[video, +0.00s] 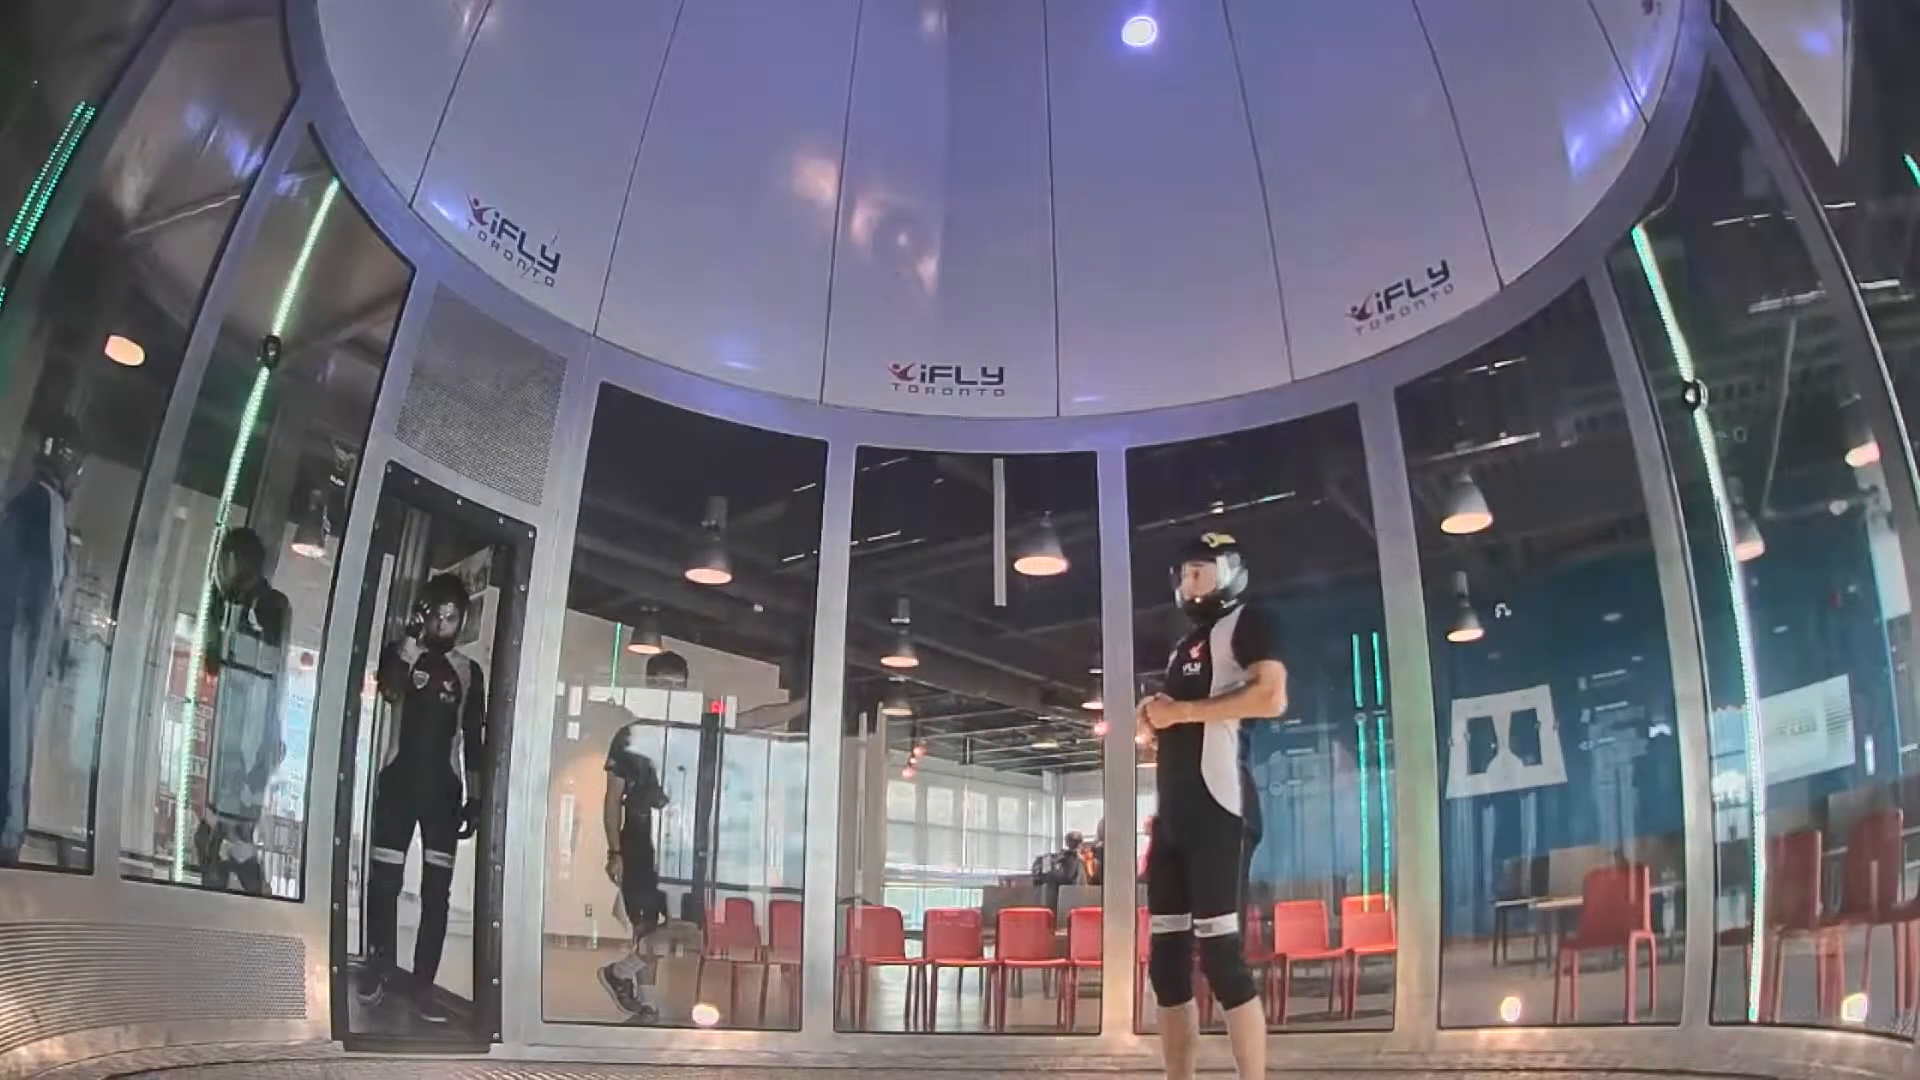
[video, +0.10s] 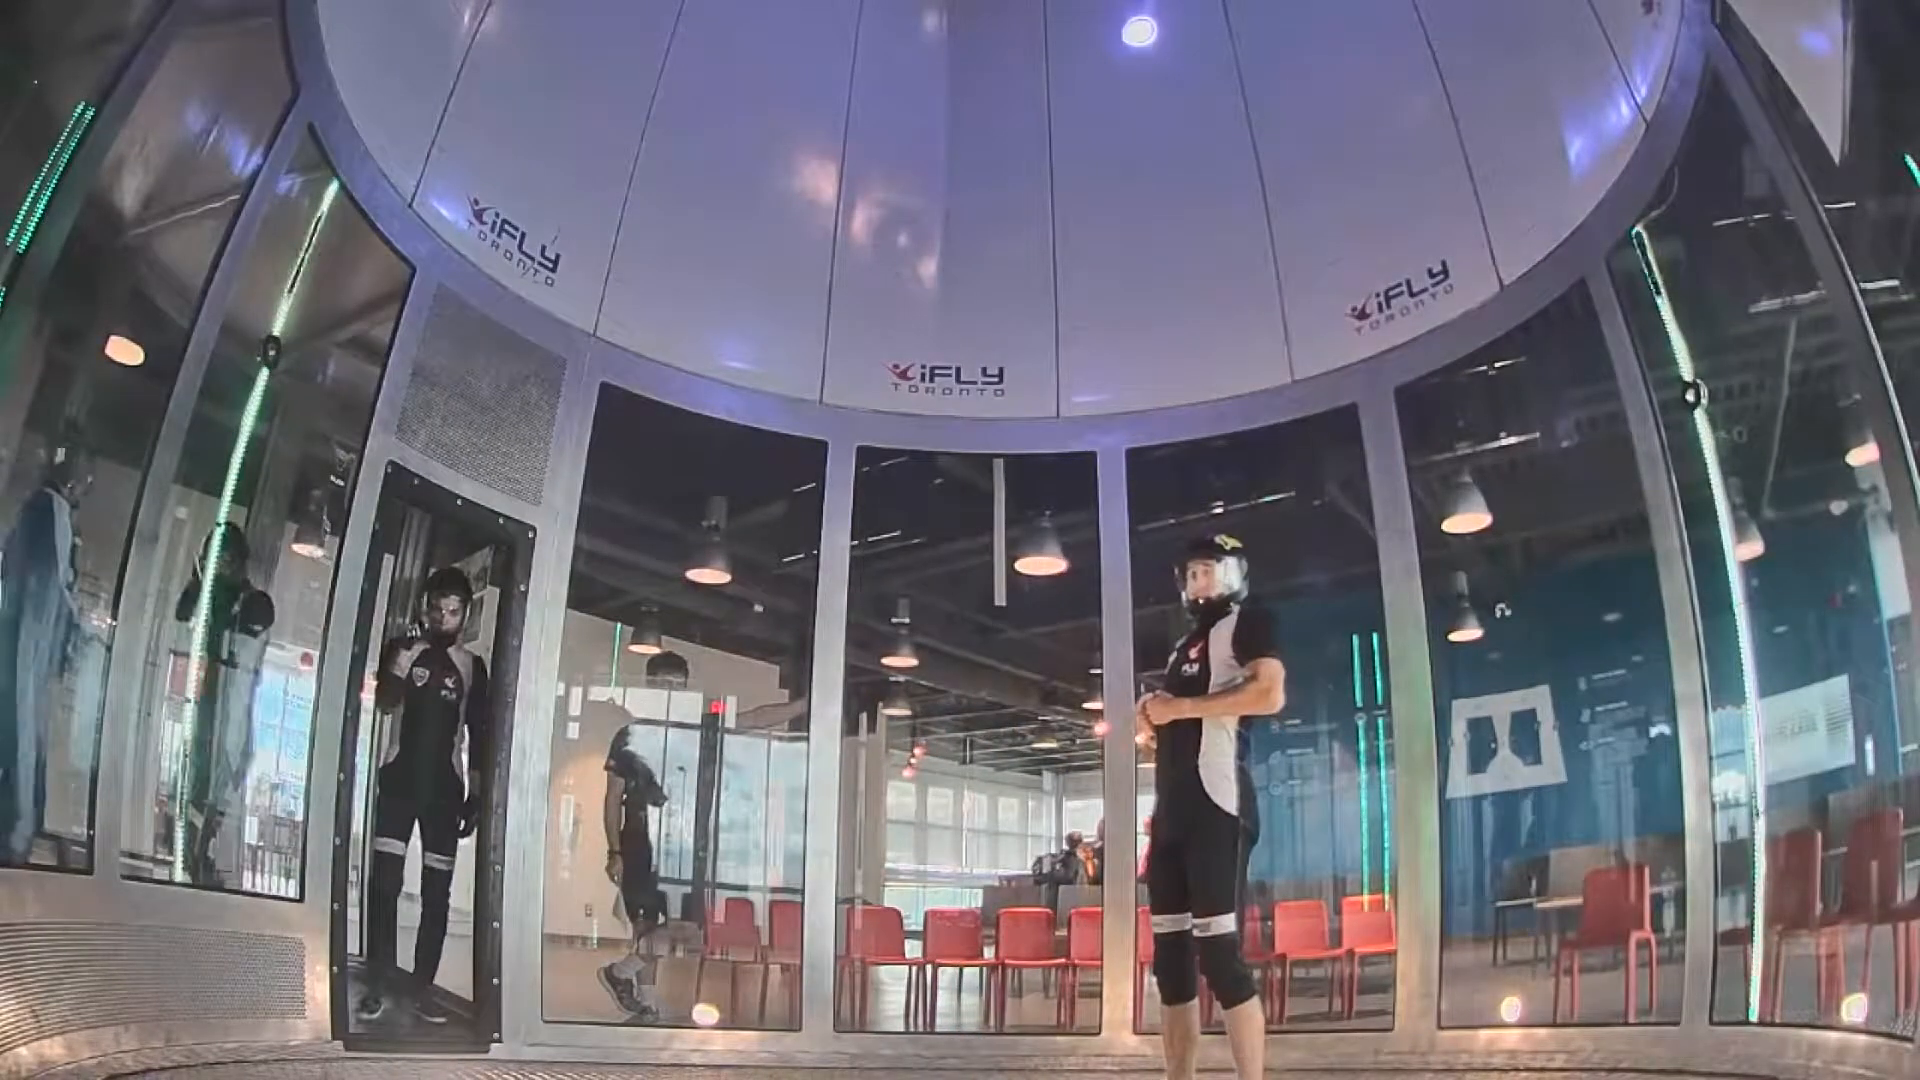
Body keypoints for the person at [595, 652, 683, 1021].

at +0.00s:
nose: (674, 689)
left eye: (678, 682)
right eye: (668, 681)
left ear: (683, 682)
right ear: (654, 681)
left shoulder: (673, 736)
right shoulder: (631, 737)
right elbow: (613, 800)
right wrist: (614, 850)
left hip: (659, 835)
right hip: (637, 836)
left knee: (653, 919)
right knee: (652, 917)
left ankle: (646, 998)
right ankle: (622, 972)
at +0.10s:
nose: (675, 689)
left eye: (679, 681)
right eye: (668, 680)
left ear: (683, 684)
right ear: (654, 681)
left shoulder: (651, 749)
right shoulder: (626, 745)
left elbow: (656, 799)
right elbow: (612, 802)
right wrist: (614, 850)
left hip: (644, 846)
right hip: (632, 848)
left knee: (647, 924)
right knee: (650, 921)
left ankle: (645, 1000)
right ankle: (621, 972)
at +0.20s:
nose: (674, 689)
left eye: (678, 682)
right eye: (668, 680)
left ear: (682, 683)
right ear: (654, 681)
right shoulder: (628, 742)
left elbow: (641, 801)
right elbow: (613, 801)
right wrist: (614, 850)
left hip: (644, 842)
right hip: (632, 843)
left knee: (649, 921)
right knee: (651, 917)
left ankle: (646, 998)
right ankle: (621, 971)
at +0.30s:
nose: (676, 689)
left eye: (680, 682)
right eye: (670, 680)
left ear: (683, 683)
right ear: (654, 681)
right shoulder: (629, 741)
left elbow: (625, 805)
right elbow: (613, 802)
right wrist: (614, 851)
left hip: (650, 846)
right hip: (636, 847)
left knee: (647, 926)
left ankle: (645, 999)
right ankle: (622, 971)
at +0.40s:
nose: (675, 690)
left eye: (679, 682)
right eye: (668, 681)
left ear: (683, 684)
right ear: (653, 681)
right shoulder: (628, 742)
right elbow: (612, 802)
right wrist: (615, 851)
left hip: (654, 847)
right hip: (638, 849)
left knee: (647, 927)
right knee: (685, 925)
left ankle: (645, 1000)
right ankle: (621, 972)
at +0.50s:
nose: (673, 689)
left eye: (678, 682)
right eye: (666, 681)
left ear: (685, 683)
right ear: (651, 682)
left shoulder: (690, 733)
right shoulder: (631, 735)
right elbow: (614, 798)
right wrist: (615, 851)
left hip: (678, 845)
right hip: (643, 848)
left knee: (649, 928)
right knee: (686, 925)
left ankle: (645, 1002)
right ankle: (621, 973)